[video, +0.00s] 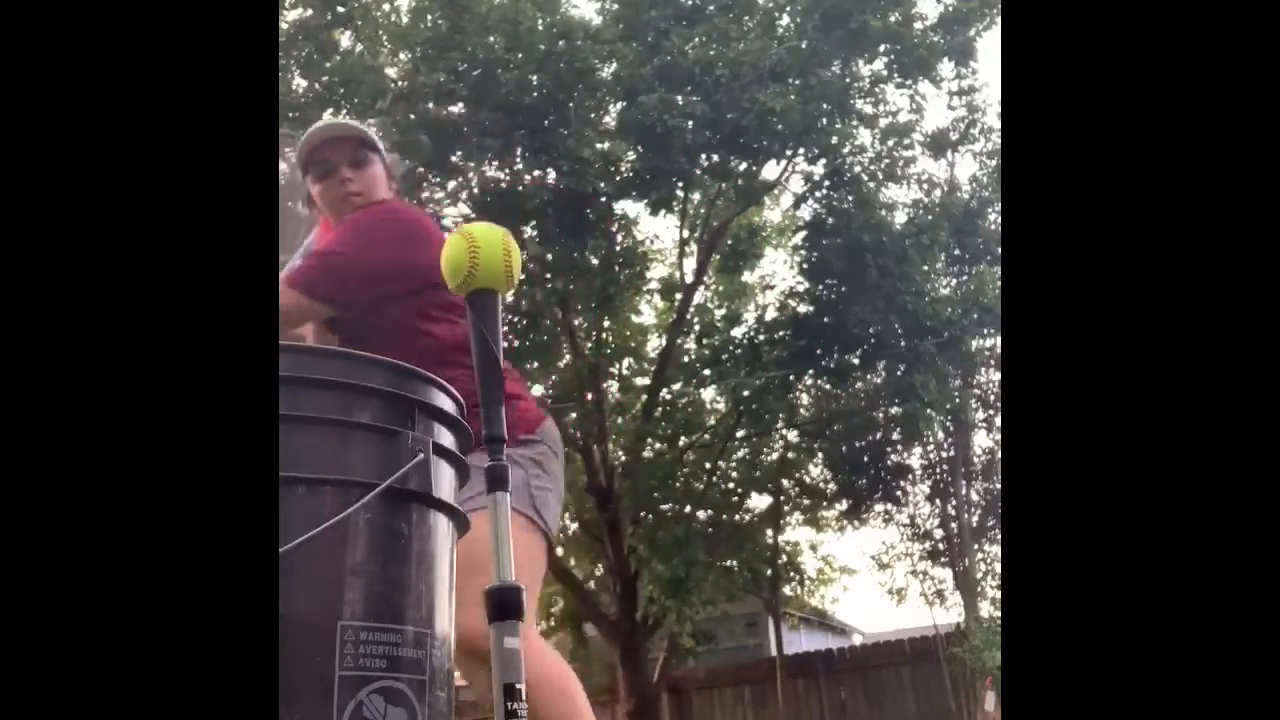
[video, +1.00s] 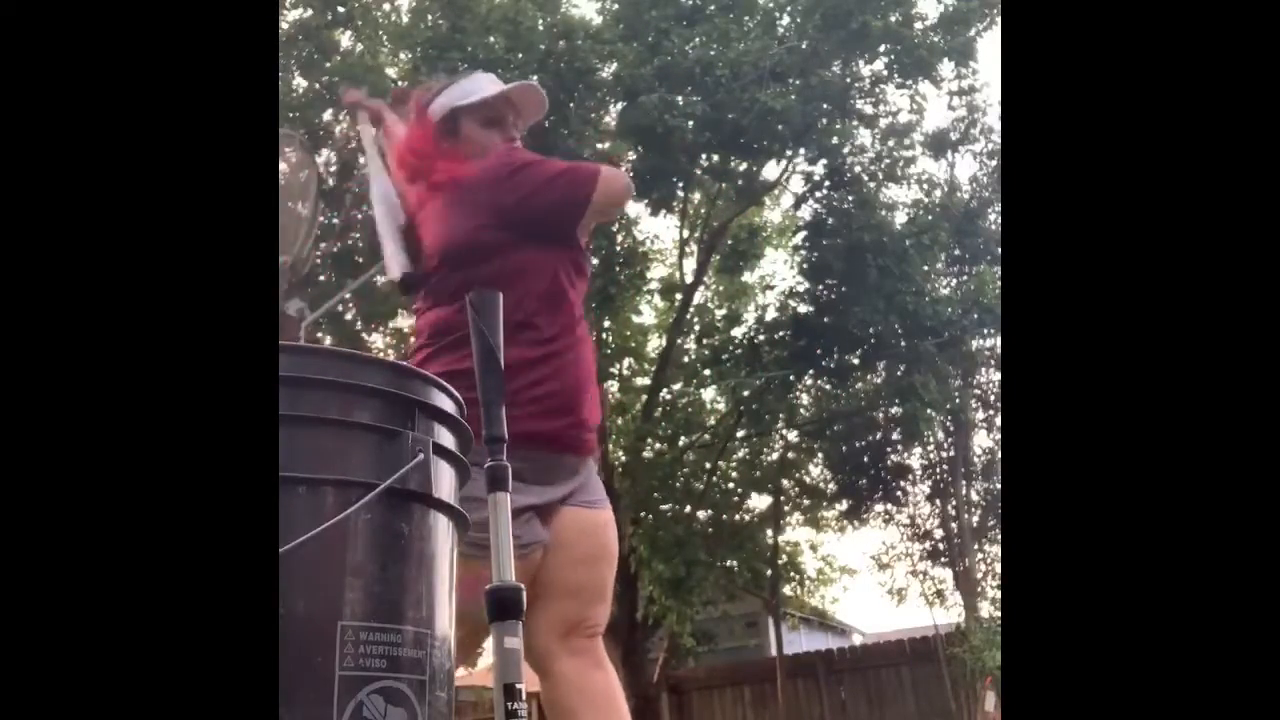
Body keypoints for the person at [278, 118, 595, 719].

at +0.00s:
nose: (346, 177)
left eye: (360, 160)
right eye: (325, 170)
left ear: (387, 172)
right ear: (312, 197)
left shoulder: (390, 224)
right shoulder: (327, 245)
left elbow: (283, 307)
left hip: (503, 435)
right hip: (428, 445)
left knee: (481, 622)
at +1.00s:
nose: (511, 132)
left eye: (510, 122)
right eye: (493, 121)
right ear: (452, 132)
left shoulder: (443, 190)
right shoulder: (492, 179)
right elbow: (614, 186)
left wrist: (388, 123)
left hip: (565, 463)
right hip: (479, 464)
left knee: (576, 643)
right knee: (429, 657)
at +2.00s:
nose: (491, 29)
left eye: (509, 11)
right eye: (470, 15)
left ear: (541, 21)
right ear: (445, 32)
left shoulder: (605, 142)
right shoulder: (396, 138)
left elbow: (642, 261)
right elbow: (311, 256)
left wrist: (687, 328)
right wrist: (315, 356)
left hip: (568, 432)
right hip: (433, 432)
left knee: (593, 639)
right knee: (397, 633)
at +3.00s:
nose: (541, 27)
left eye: (556, 7)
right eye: (515, 10)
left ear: (581, 22)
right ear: (479, 30)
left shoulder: (625, 148)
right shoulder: (421, 133)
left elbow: (651, 273)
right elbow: (316, 256)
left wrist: (691, 375)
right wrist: (343, 214)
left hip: (578, 428)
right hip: (440, 425)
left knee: (632, 642)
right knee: (410, 646)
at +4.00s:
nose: (455, 97)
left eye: (471, 84)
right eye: (437, 88)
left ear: (497, 101)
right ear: (416, 111)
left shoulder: (555, 194)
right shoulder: (370, 215)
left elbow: (639, 272)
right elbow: (347, 325)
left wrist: (615, 356)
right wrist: (380, 412)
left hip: (556, 442)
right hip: (433, 451)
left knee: (591, 623)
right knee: (410, 642)